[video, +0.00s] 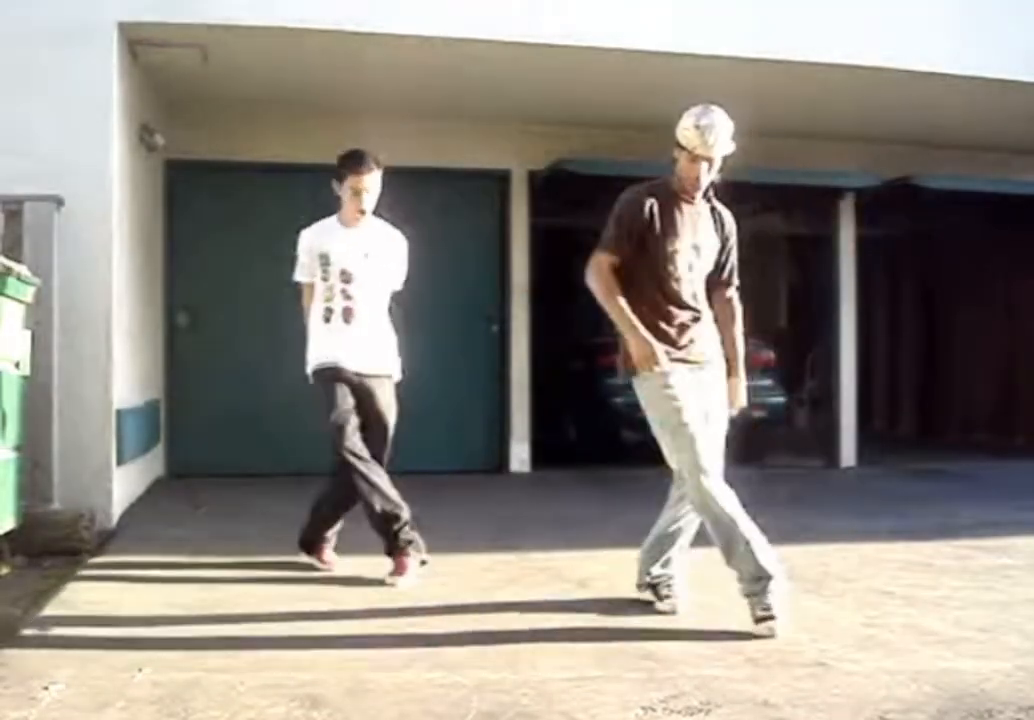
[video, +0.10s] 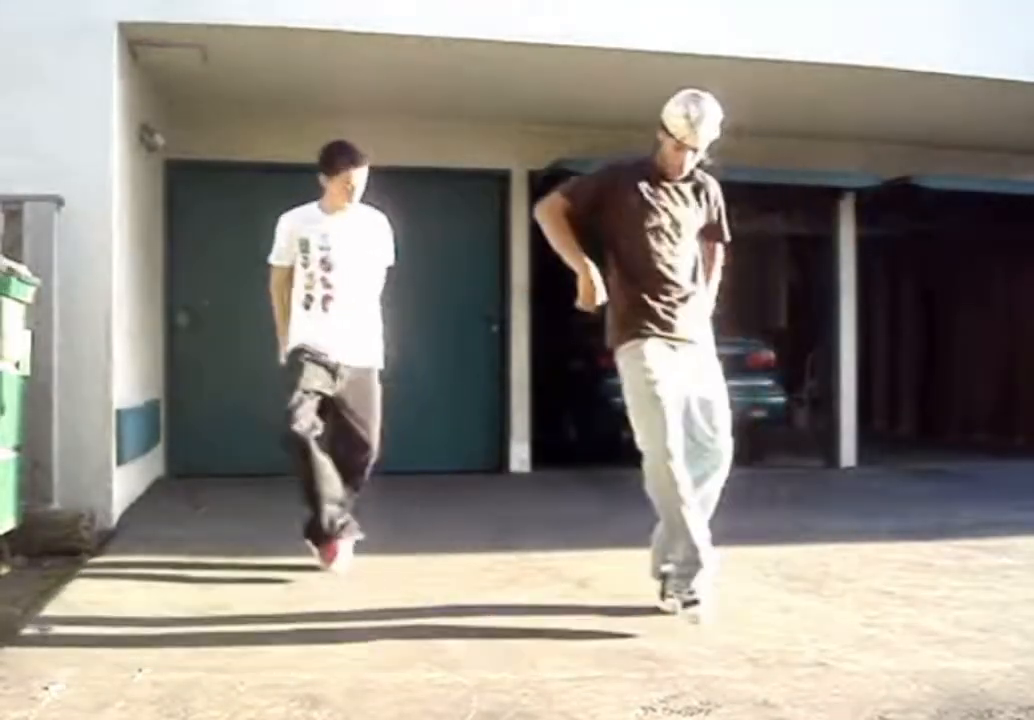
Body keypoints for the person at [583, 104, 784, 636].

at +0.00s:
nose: (697, 171)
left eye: (708, 162)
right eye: (690, 158)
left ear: (722, 162)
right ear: (676, 151)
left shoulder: (721, 220)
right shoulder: (641, 204)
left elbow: (726, 297)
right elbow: (598, 271)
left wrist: (737, 373)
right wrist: (633, 335)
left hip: (708, 358)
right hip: (659, 359)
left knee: (701, 471)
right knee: (701, 473)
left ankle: (658, 570)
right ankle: (763, 582)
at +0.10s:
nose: (685, 159)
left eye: (695, 150)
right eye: (679, 146)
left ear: (707, 147)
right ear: (661, 134)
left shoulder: (707, 189)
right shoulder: (621, 180)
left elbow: (714, 243)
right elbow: (548, 209)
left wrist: (707, 290)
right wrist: (583, 269)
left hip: (694, 333)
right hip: (641, 335)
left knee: (714, 448)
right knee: (664, 454)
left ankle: (669, 557)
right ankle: (691, 573)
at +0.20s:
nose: (667, 158)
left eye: (677, 148)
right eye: (660, 145)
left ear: (688, 145)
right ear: (642, 133)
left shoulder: (685, 186)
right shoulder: (602, 178)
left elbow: (651, 233)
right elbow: (532, 206)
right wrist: (569, 262)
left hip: (676, 340)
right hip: (620, 345)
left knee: (735, 436)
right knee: (614, 463)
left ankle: (745, 554)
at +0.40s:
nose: (659, 174)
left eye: (669, 163)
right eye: (651, 160)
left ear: (680, 161)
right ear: (631, 151)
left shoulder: (674, 201)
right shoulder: (592, 199)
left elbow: (662, 232)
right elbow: (531, 240)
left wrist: (682, 260)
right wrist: (580, 272)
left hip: (665, 360)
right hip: (607, 367)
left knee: (738, 449)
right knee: (584, 481)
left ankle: (787, 562)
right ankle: (523, 577)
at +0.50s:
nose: (674, 155)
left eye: (684, 145)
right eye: (666, 142)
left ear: (698, 141)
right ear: (650, 132)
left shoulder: (699, 180)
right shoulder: (613, 175)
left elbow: (721, 251)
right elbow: (563, 232)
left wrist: (712, 232)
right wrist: (637, 228)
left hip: (689, 339)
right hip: (627, 339)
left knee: (731, 441)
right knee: (624, 444)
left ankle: (698, 550)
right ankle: (602, 569)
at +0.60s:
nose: (682, 156)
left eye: (692, 145)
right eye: (673, 143)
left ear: (705, 141)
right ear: (656, 133)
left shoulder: (707, 185)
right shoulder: (621, 176)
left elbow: (729, 263)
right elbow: (583, 243)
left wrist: (717, 235)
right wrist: (654, 238)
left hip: (693, 342)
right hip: (632, 341)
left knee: (720, 446)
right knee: (631, 452)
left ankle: (679, 551)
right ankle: (644, 574)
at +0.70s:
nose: (696, 170)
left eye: (706, 161)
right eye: (689, 158)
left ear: (720, 157)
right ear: (673, 150)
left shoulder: (730, 205)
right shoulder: (641, 197)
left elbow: (749, 275)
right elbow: (634, 274)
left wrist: (703, 290)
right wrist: (702, 274)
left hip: (703, 361)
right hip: (647, 357)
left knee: (682, 471)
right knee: (660, 473)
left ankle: (633, 561)